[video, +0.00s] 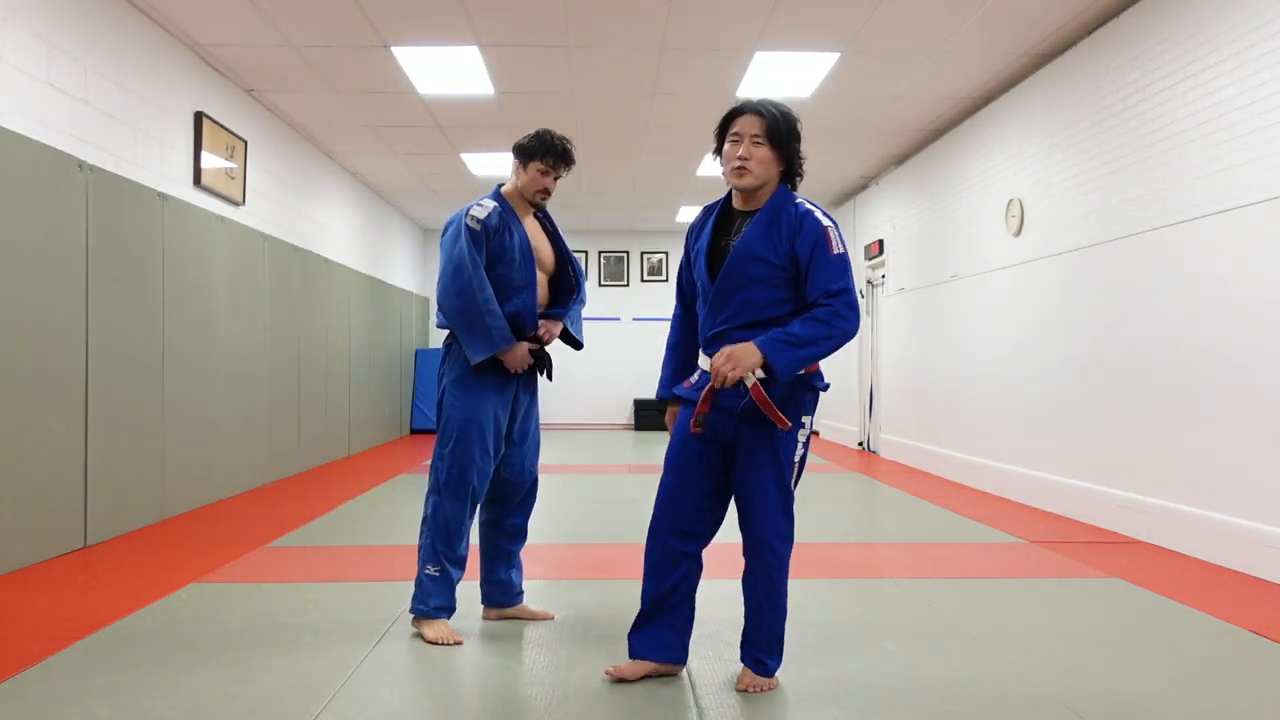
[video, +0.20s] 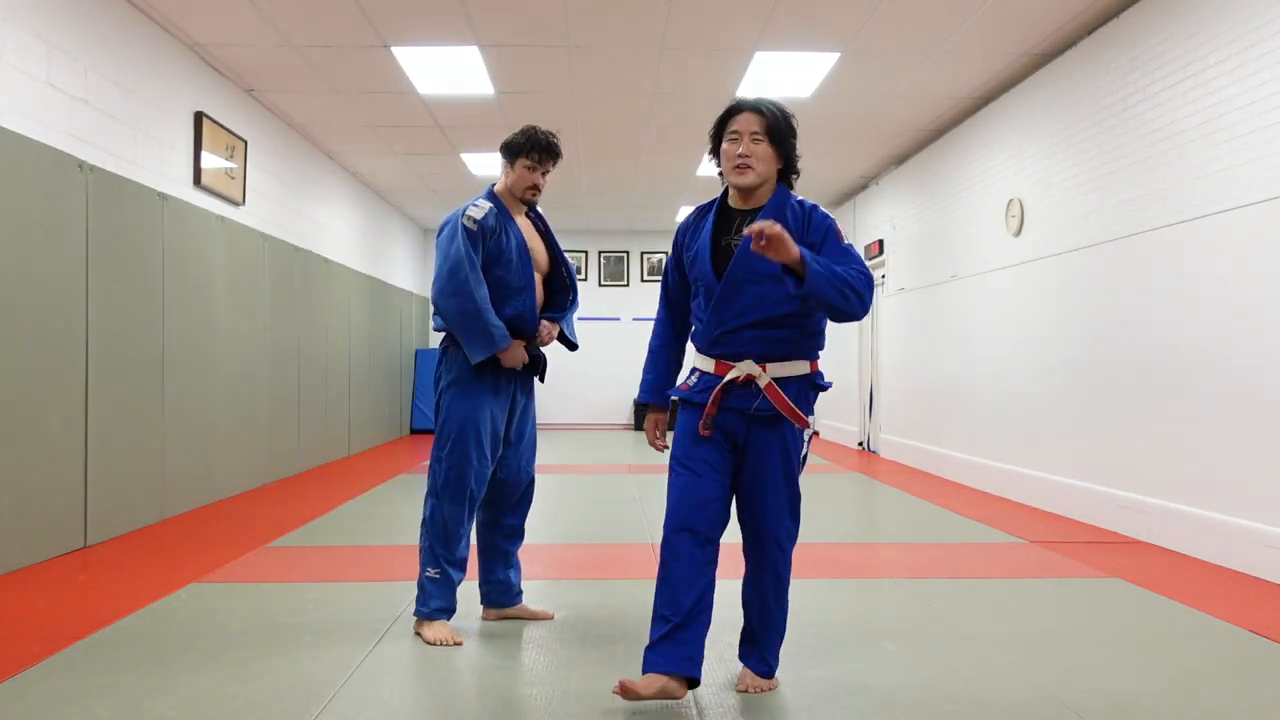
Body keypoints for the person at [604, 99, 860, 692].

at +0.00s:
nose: (742, 151)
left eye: (757, 142)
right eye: (734, 140)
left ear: (784, 157)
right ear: (721, 153)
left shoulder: (809, 224)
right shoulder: (705, 223)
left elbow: (840, 315)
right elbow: (686, 314)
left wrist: (762, 350)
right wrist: (674, 393)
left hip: (773, 400)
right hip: (706, 395)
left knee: (765, 540)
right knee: (673, 528)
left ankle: (761, 660)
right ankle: (660, 651)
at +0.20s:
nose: (742, 148)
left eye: (758, 139)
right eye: (732, 138)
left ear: (783, 155)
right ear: (719, 153)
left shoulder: (808, 221)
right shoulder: (695, 227)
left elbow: (857, 299)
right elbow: (671, 318)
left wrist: (798, 259)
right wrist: (656, 395)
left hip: (780, 393)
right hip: (707, 390)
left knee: (767, 534)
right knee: (687, 527)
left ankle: (759, 660)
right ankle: (671, 667)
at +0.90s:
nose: (669, 130)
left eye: (681, 116)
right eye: (653, 121)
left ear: (707, 127)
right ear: (636, 141)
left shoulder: (745, 191)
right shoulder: (622, 217)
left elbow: (817, 253)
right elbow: (601, 317)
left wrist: (766, 198)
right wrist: (594, 407)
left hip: (748, 395)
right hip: (662, 398)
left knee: (757, 541)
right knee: (666, 561)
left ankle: (760, 653)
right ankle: (678, 707)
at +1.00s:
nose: (656, 129)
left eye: (668, 115)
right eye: (639, 121)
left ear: (693, 126)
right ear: (622, 142)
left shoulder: (740, 189)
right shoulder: (608, 219)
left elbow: (811, 256)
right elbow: (590, 319)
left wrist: (763, 213)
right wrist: (585, 412)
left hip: (743, 395)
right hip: (658, 401)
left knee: (758, 541)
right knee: (666, 566)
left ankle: (767, 648)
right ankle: (678, 708)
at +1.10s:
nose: (645, 129)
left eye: (657, 114)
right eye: (628, 120)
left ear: (684, 124)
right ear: (612, 142)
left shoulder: (732, 188)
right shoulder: (599, 218)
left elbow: (805, 257)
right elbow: (583, 318)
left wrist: (755, 215)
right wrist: (580, 414)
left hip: (741, 391)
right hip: (654, 399)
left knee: (762, 537)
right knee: (665, 565)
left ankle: (775, 639)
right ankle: (679, 708)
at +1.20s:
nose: (639, 127)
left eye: (652, 112)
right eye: (622, 118)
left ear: (678, 122)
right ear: (607, 139)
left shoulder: (726, 187)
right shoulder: (594, 218)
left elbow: (801, 259)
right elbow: (580, 319)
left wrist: (746, 217)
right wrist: (580, 417)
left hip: (741, 390)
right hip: (653, 398)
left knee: (765, 537)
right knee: (665, 565)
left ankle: (779, 640)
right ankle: (679, 709)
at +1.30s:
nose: (639, 125)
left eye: (651, 110)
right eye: (621, 116)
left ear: (677, 121)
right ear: (606, 138)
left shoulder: (722, 183)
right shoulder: (594, 217)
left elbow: (799, 261)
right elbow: (580, 317)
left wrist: (741, 211)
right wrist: (581, 417)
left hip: (743, 390)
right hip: (654, 400)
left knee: (770, 537)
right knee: (665, 567)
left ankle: (782, 636)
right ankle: (678, 709)